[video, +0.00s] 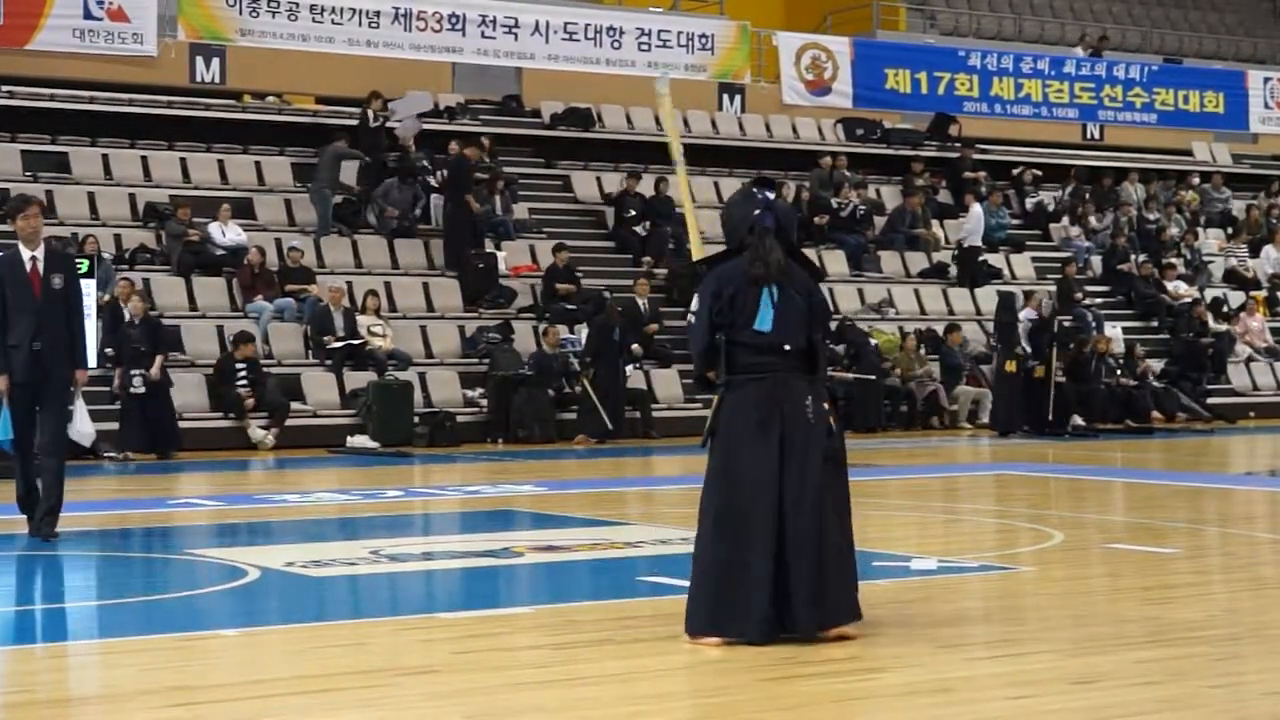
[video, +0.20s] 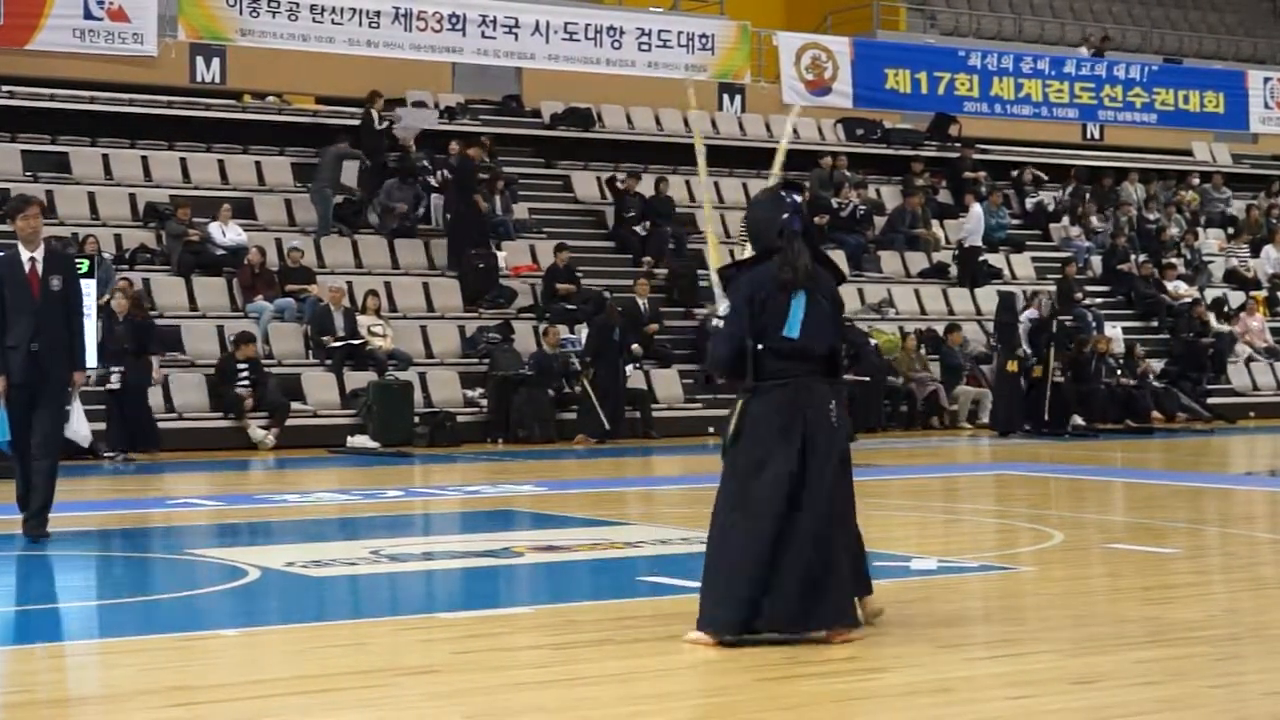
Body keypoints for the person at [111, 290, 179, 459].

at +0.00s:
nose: (134, 306)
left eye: (137, 302)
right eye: (131, 302)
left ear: (145, 305)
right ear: (128, 306)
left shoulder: (154, 325)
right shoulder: (124, 329)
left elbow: (162, 349)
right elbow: (120, 357)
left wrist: (156, 367)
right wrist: (117, 378)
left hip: (151, 373)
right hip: (130, 374)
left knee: (158, 411)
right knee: (130, 412)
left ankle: (163, 447)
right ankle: (128, 448)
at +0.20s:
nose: (118, 303)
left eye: (122, 299)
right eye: (115, 299)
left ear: (130, 301)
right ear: (111, 303)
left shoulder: (140, 320)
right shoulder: (109, 322)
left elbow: (152, 344)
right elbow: (104, 346)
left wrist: (155, 367)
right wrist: (101, 368)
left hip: (136, 367)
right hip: (114, 367)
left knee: (135, 405)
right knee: (115, 406)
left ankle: (147, 444)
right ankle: (119, 447)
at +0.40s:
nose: (104, 304)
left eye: (108, 300)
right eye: (101, 300)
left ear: (115, 302)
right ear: (97, 302)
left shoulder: (123, 321)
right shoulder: (96, 322)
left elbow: (137, 347)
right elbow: (90, 347)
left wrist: (147, 369)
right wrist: (83, 371)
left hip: (119, 371)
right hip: (102, 371)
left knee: (120, 410)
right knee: (102, 410)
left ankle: (121, 448)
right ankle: (104, 447)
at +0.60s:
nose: (121, 291)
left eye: (125, 288)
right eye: (119, 287)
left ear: (133, 291)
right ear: (116, 290)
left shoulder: (138, 306)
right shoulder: (110, 306)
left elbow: (153, 327)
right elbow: (104, 327)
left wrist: (153, 347)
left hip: (135, 342)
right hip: (117, 343)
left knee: (151, 362)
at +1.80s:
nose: (129, 291)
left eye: (132, 288)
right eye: (126, 288)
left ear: (138, 292)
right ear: (122, 290)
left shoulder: (142, 306)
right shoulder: (114, 305)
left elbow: (156, 326)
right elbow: (109, 328)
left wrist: (157, 346)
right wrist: (110, 348)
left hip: (135, 345)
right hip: (117, 345)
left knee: (154, 361)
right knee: (121, 361)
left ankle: (150, 397)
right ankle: (119, 397)